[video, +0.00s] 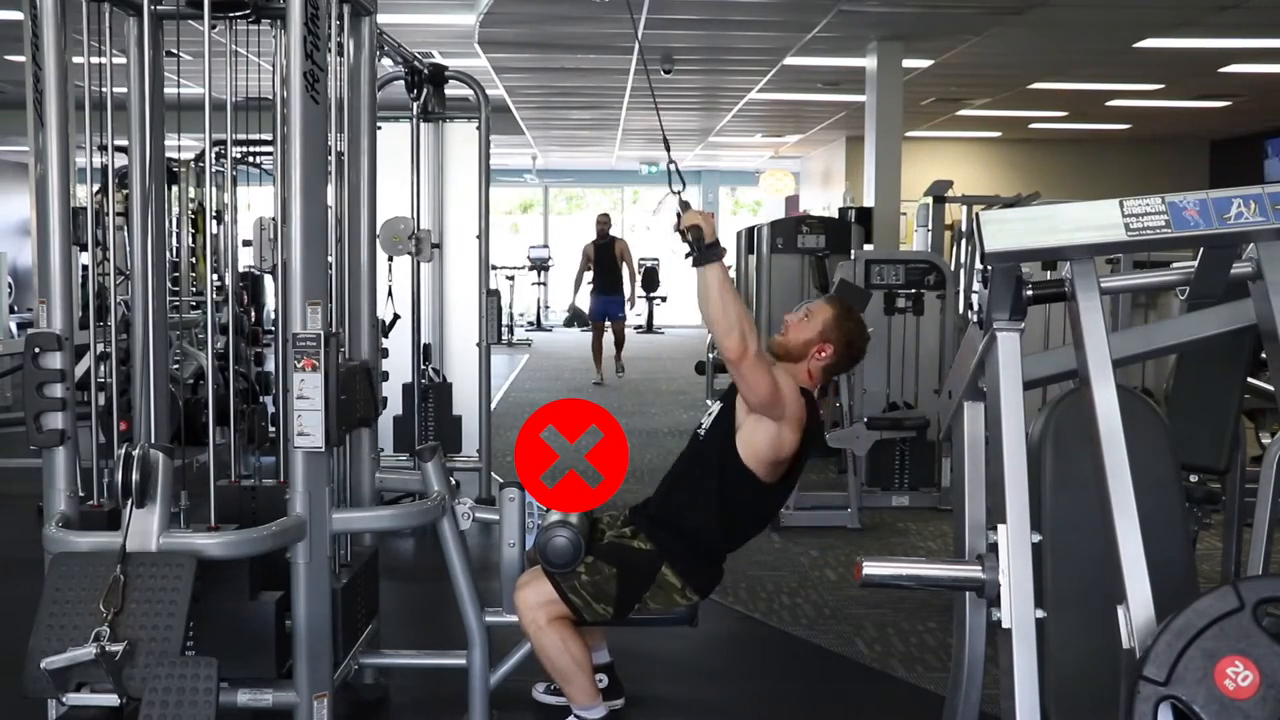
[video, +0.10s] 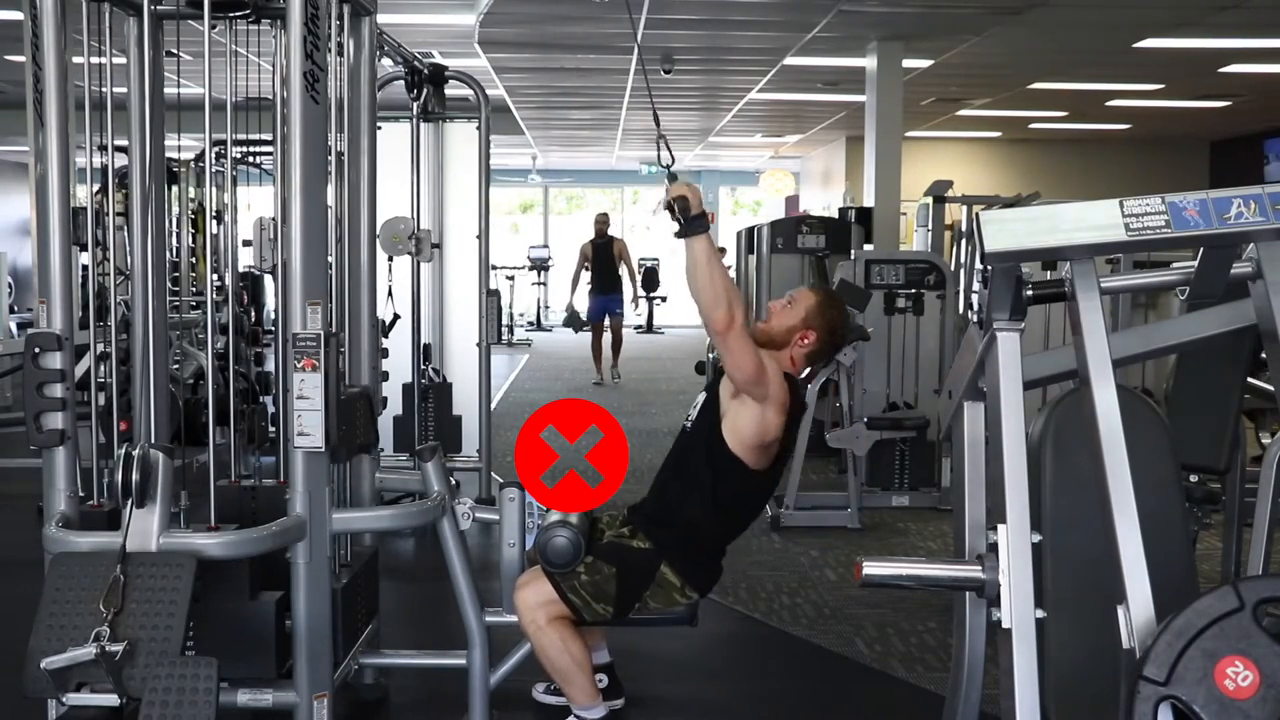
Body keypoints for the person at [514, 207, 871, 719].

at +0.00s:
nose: (789, 316)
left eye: (804, 316)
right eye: (800, 310)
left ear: (821, 351)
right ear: (820, 354)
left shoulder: (781, 402)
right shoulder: (777, 389)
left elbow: (737, 346)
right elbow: (738, 339)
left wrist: (706, 246)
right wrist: (709, 249)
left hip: (671, 561)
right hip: (655, 530)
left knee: (533, 597)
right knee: (553, 544)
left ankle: (589, 710)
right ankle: (594, 671)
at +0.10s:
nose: (773, 304)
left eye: (788, 304)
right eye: (785, 298)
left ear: (801, 339)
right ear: (801, 341)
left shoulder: (764, 388)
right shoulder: (760, 375)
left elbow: (720, 320)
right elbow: (732, 312)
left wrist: (694, 221)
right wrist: (699, 226)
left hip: (669, 561)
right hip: (652, 530)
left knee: (532, 598)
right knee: (547, 555)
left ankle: (590, 710)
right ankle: (593, 671)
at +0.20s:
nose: (758, 293)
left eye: (772, 292)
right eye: (769, 287)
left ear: (785, 328)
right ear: (783, 330)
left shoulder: (751, 374)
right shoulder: (743, 363)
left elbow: (707, 293)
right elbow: (712, 287)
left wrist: (684, 193)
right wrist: (682, 203)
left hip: (673, 558)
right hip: (654, 532)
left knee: (533, 598)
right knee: (548, 550)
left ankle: (591, 712)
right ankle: (593, 669)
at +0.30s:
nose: (745, 280)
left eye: (758, 282)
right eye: (757, 276)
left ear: (769, 318)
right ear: (770, 321)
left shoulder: (737, 361)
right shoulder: (736, 353)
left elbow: (697, 274)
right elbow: (701, 274)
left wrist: (676, 178)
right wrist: (671, 186)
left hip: (671, 556)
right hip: (656, 531)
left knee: (534, 597)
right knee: (552, 545)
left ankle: (590, 712)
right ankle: (593, 669)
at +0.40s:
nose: (728, 269)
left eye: (744, 274)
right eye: (742, 265)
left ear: (757, 312)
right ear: (756, 314)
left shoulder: (724, 353)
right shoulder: (720, 342)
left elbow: (685, 264)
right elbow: (689, 265)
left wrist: (664, 163)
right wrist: (662, 169)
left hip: (669, 551)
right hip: (655, 528)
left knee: (533, 596)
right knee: (554, 542)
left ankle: (590, 709)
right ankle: (592, 668)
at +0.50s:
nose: (723, 267)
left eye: (738, 271)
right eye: (737, 263)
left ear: (751, 308)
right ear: (751, 311)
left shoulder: (713, 348)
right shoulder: (718, 344)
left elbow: (676, 252)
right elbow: (679, 255)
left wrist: (656, 153)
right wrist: (655, 159)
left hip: (665, 551)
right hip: (662, 534)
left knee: (533, 596)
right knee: (553, 544)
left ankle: (589, 709)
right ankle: (592, 667)